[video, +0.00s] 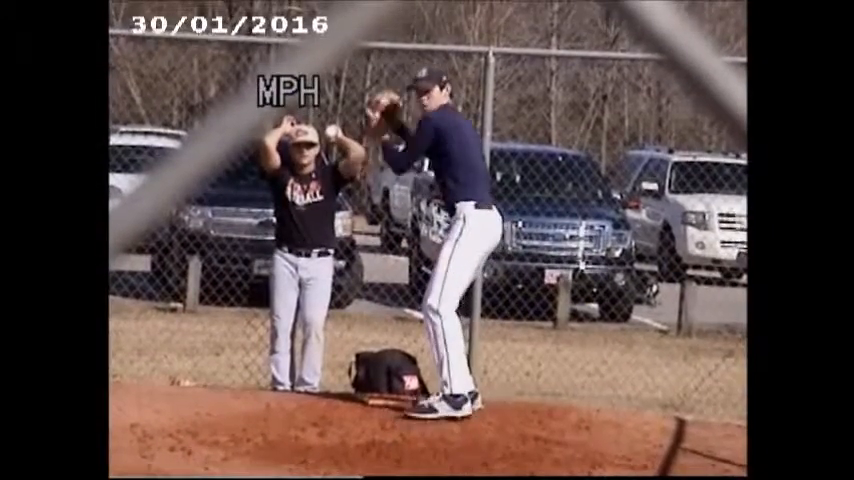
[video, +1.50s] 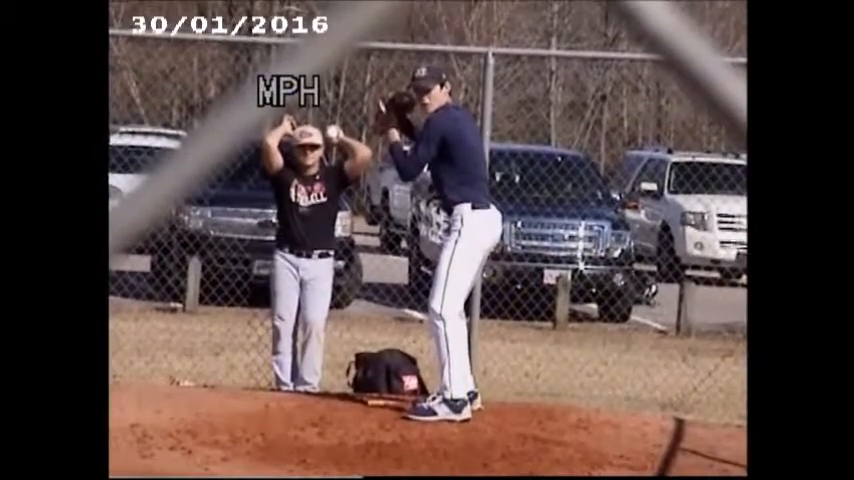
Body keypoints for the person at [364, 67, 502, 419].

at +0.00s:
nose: (422, 98)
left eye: (427, 92)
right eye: (419, 93)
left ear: (446, 90)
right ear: (424, 95)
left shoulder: (434, 121)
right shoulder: (456, 121)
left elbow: (400, 163)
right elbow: (415, 153)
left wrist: (381, 136)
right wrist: (395, 126)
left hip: (472, 219)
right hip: (482, 218)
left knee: (438, 305)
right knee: (440, 305)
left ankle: (456, 394)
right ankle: (462, 390)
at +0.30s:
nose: (418, 96)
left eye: (424, 89)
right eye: (416, 90)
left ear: (444, 88)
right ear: (438, 90)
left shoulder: (435, 120)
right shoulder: (457, 116)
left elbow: (389, 149)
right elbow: (424, 121)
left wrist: (388, 110)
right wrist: (406, 101)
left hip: (465, 218)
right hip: (479, 216)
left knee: (438, 308)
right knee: (446, 307)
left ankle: (454, 394)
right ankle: (463, 389)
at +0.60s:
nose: (416, 104)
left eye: (420, 97)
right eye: (412, 98)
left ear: (439, 90)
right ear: (435, 94)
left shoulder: (435, 122)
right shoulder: (457, 114)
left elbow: (395, 160)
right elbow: (422, 133)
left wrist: (390, 114)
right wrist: (403, 104)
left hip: (466, 217)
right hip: (477, 214)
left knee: (440, 306)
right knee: (445, 305)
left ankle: (455, 393)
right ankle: (462, 387)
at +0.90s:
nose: (417, 106)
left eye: (421, 98)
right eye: (415, 100)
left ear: (439, 92)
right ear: (434, 97)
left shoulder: (438, 123)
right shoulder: (457, 118)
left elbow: (409, 173)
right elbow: (419, 164)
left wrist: (392, 137)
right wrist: (404, 130)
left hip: (467, 219)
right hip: (477, 216)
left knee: (440, 307)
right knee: (440, 307)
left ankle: (455, 394)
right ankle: (461, 389)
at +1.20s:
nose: (420, 96)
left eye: (426, 89)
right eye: (418, 90)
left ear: (445, 88)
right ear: (438, 91)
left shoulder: (439, 120)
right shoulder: (457, 116)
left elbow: (409, 169)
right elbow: (417, 160)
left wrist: (392, 133)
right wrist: (401, 129)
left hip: (469, 217)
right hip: (480, 214)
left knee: (443, 307)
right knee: (448, 307)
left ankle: (455, 395)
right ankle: (462, 388)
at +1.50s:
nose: (420, 97)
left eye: (426, 91)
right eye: (418, 92)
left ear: (446, 89)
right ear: (440, 93)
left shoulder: (439, 121)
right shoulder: (458, 117)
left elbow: (409, 169)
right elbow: (419, 160)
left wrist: (392, 134)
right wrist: (402, 129)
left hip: (470, 218)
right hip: (481, 215)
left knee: (443, 308)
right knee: (448, 307)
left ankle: (455, 396)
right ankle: (462, 389)